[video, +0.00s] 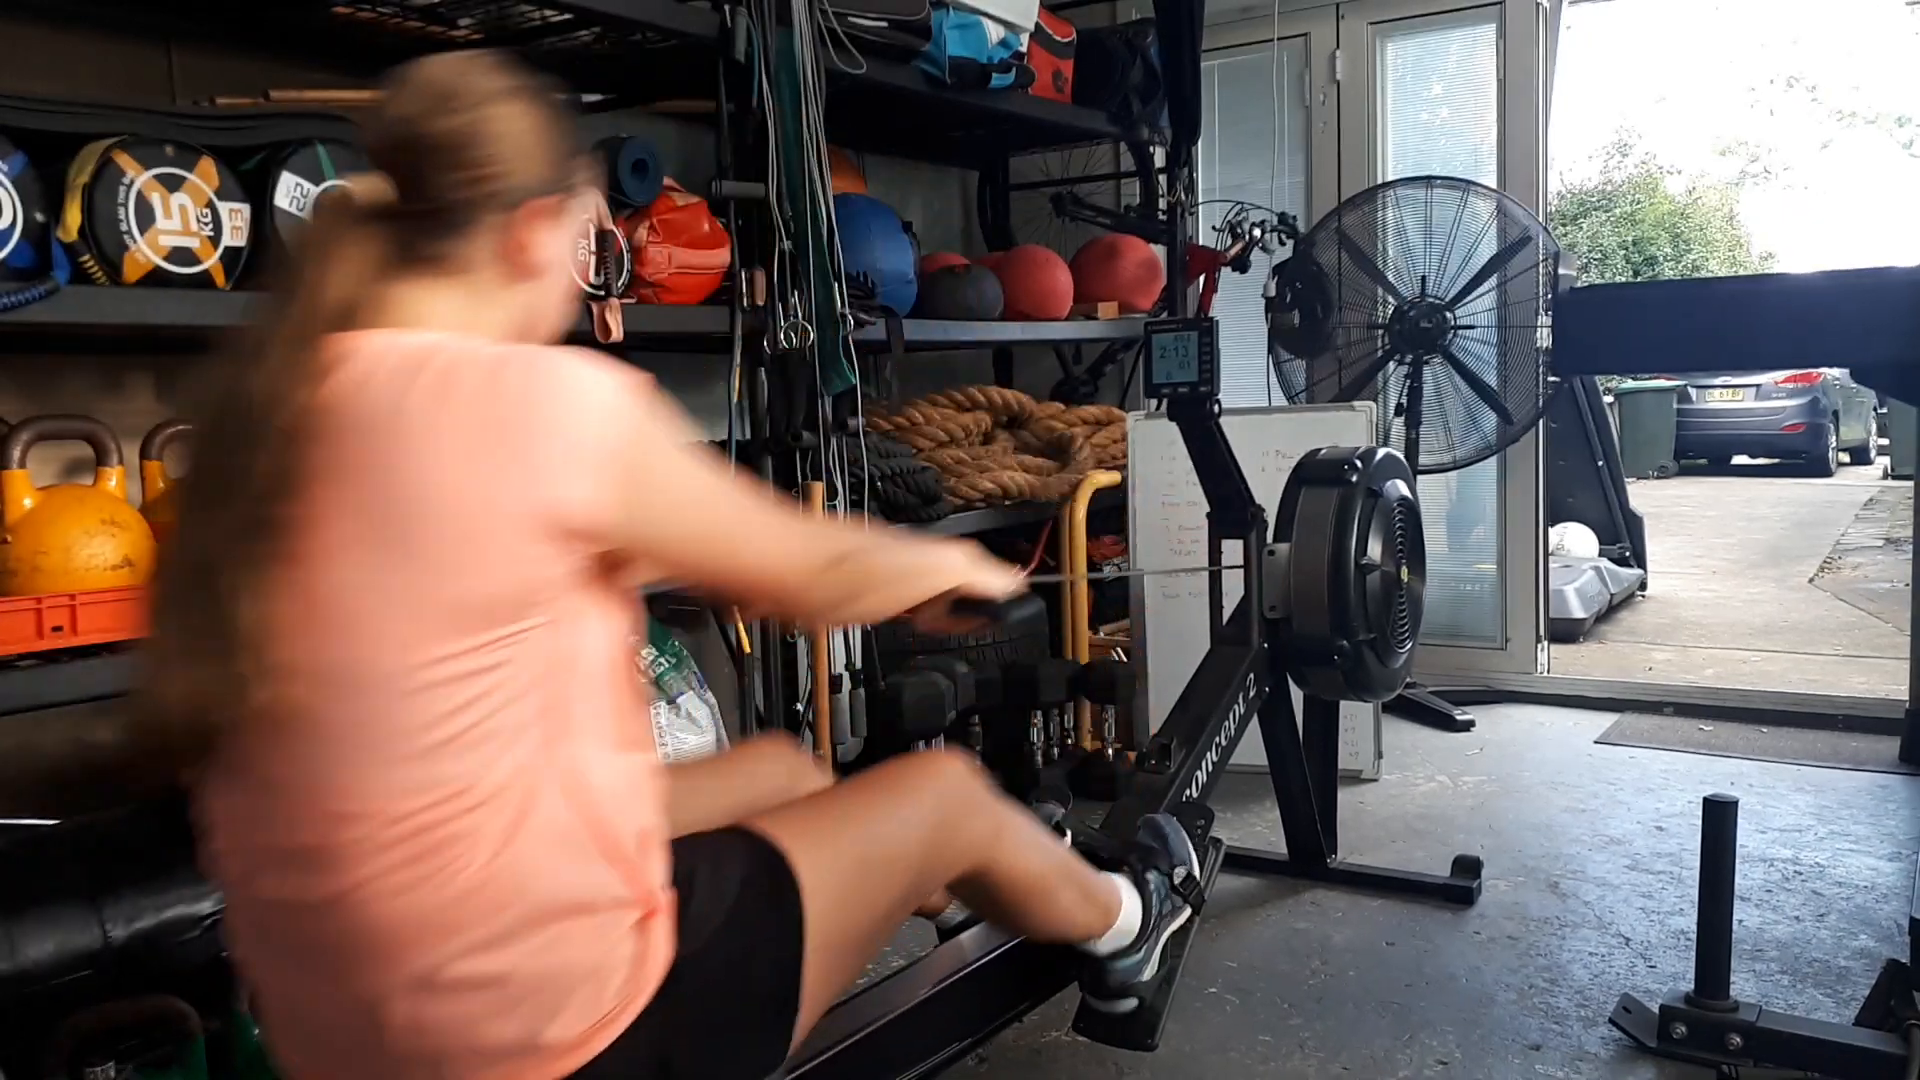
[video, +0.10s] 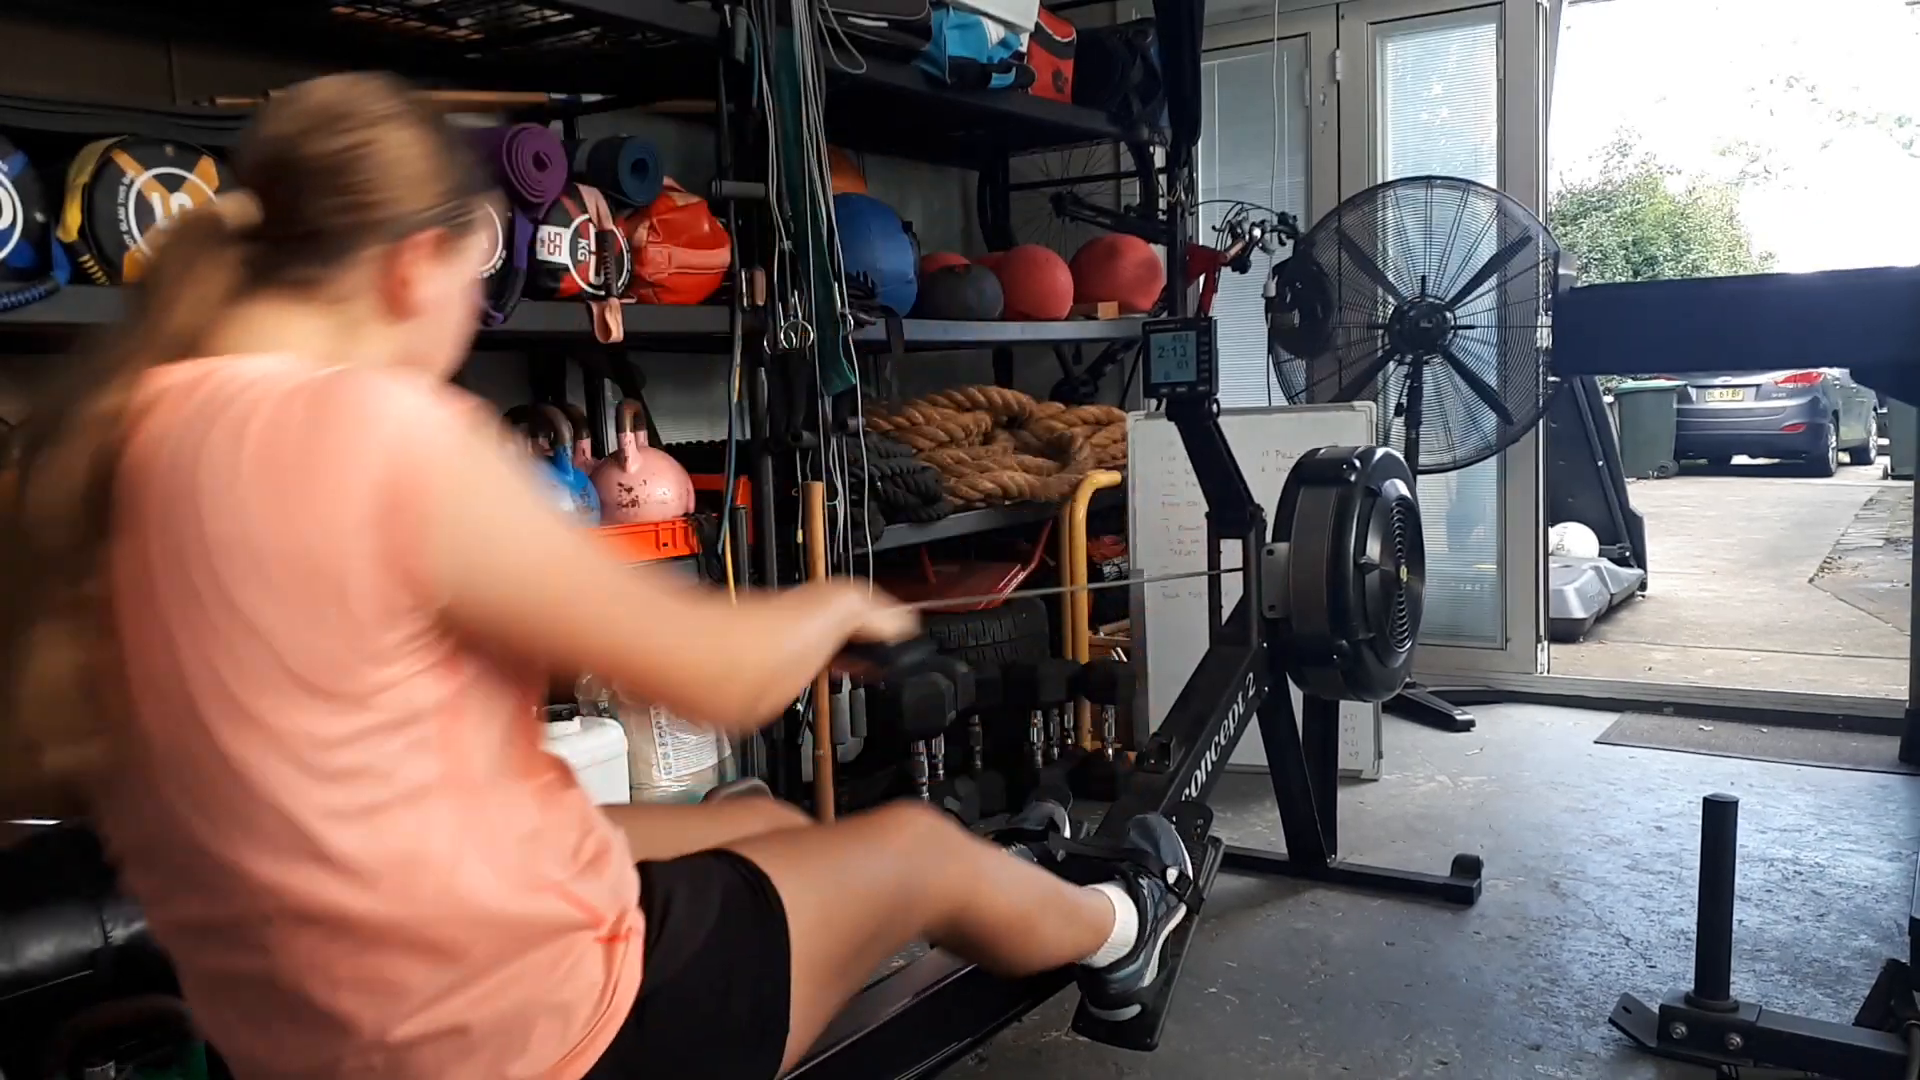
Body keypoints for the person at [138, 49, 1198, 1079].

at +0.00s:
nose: (594, 264)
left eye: (595, 234)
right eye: (587, 232)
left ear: (393, 219)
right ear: (529, 231)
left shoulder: (283, 399)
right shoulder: (553, 407)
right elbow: (816, 581)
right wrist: (948, 560)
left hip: (336, 1028)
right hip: (564, 1029)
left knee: (785, 762)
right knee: (945, 788)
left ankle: (913, 898)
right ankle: (1120, 926)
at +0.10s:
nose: (479, 318)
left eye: (487, 284)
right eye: (481, 281)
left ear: (267, 252)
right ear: (412, 266)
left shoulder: (146, 424)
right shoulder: (389, 435)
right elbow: (732, 678)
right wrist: (843, 600)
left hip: (301, 1023)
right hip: (523, 1026)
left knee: (745, 828)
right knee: (917, 843)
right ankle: (1112, 936)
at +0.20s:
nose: (401, 343)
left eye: (412, 303)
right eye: (408, 302)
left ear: (166, 268)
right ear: (336, 288)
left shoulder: (42, 459)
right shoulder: (296, 505)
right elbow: (624, 809)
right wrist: (716, 678)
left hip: (308, 1032)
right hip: (516, 1039)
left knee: (729, 844)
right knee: (901, 876)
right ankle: (1113, 938)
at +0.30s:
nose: (392, 338)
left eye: (401, 299)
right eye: (395, 297)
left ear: (157, 269)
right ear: (327, 286)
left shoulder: (46, 458)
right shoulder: (259, 511)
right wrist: (588, 715)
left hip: (302, 1025)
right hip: (508, 1039)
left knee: (736, 836)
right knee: (898, 876)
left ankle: (867, 970)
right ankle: (1112, 940)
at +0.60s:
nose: (554, 258)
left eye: (556, 222)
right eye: (552, 220)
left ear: (340, 216)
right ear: (495, 223)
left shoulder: (221, 405)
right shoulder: (493, 401)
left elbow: (193, 779)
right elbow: (787, 744)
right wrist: (825, 660)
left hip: (307, 1032)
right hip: (539, 1031)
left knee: (780, 802)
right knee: (927, 845)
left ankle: (865, 986)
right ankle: (1120, 951)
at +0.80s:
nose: (755, 269)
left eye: (756, 240)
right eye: (754, 238)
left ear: (567, 233)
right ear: (713, 239)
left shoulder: (466, 390)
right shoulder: (740, 406)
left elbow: (546, 600)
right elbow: (1009, 629)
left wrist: (763, 606)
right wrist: (1051, 617)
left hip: (409, 1014)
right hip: (632, 1024)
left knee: (801, 706)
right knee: (976, 737)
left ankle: (924, 901)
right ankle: (1126, 958)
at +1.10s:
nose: (956, 297)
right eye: (955, 279)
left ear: (804, 294)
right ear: (938, 293)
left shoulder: (734, 419)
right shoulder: (967, 426)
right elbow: (1139, 558)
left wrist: (1019, 596)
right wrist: (1219, 589)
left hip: (636, 921)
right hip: (846, 935)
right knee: (1065, 600)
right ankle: (1115, 953)